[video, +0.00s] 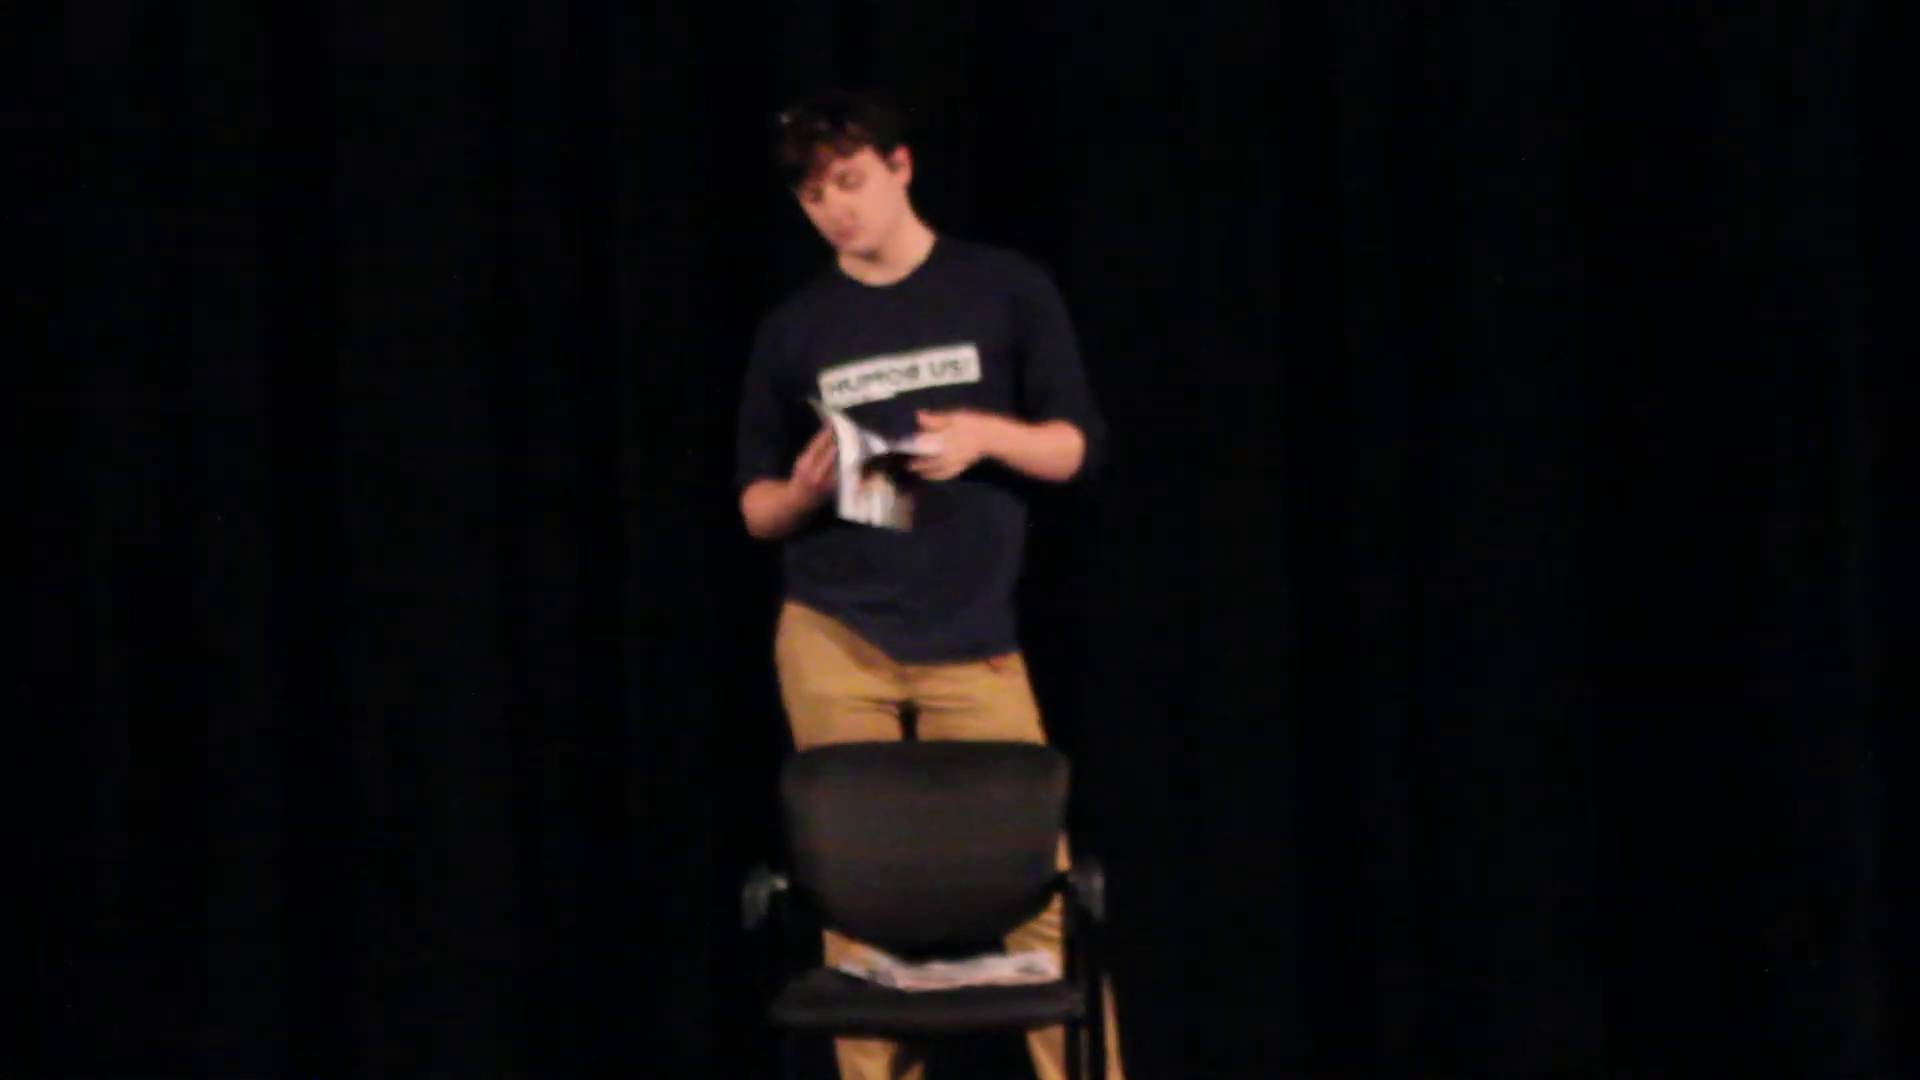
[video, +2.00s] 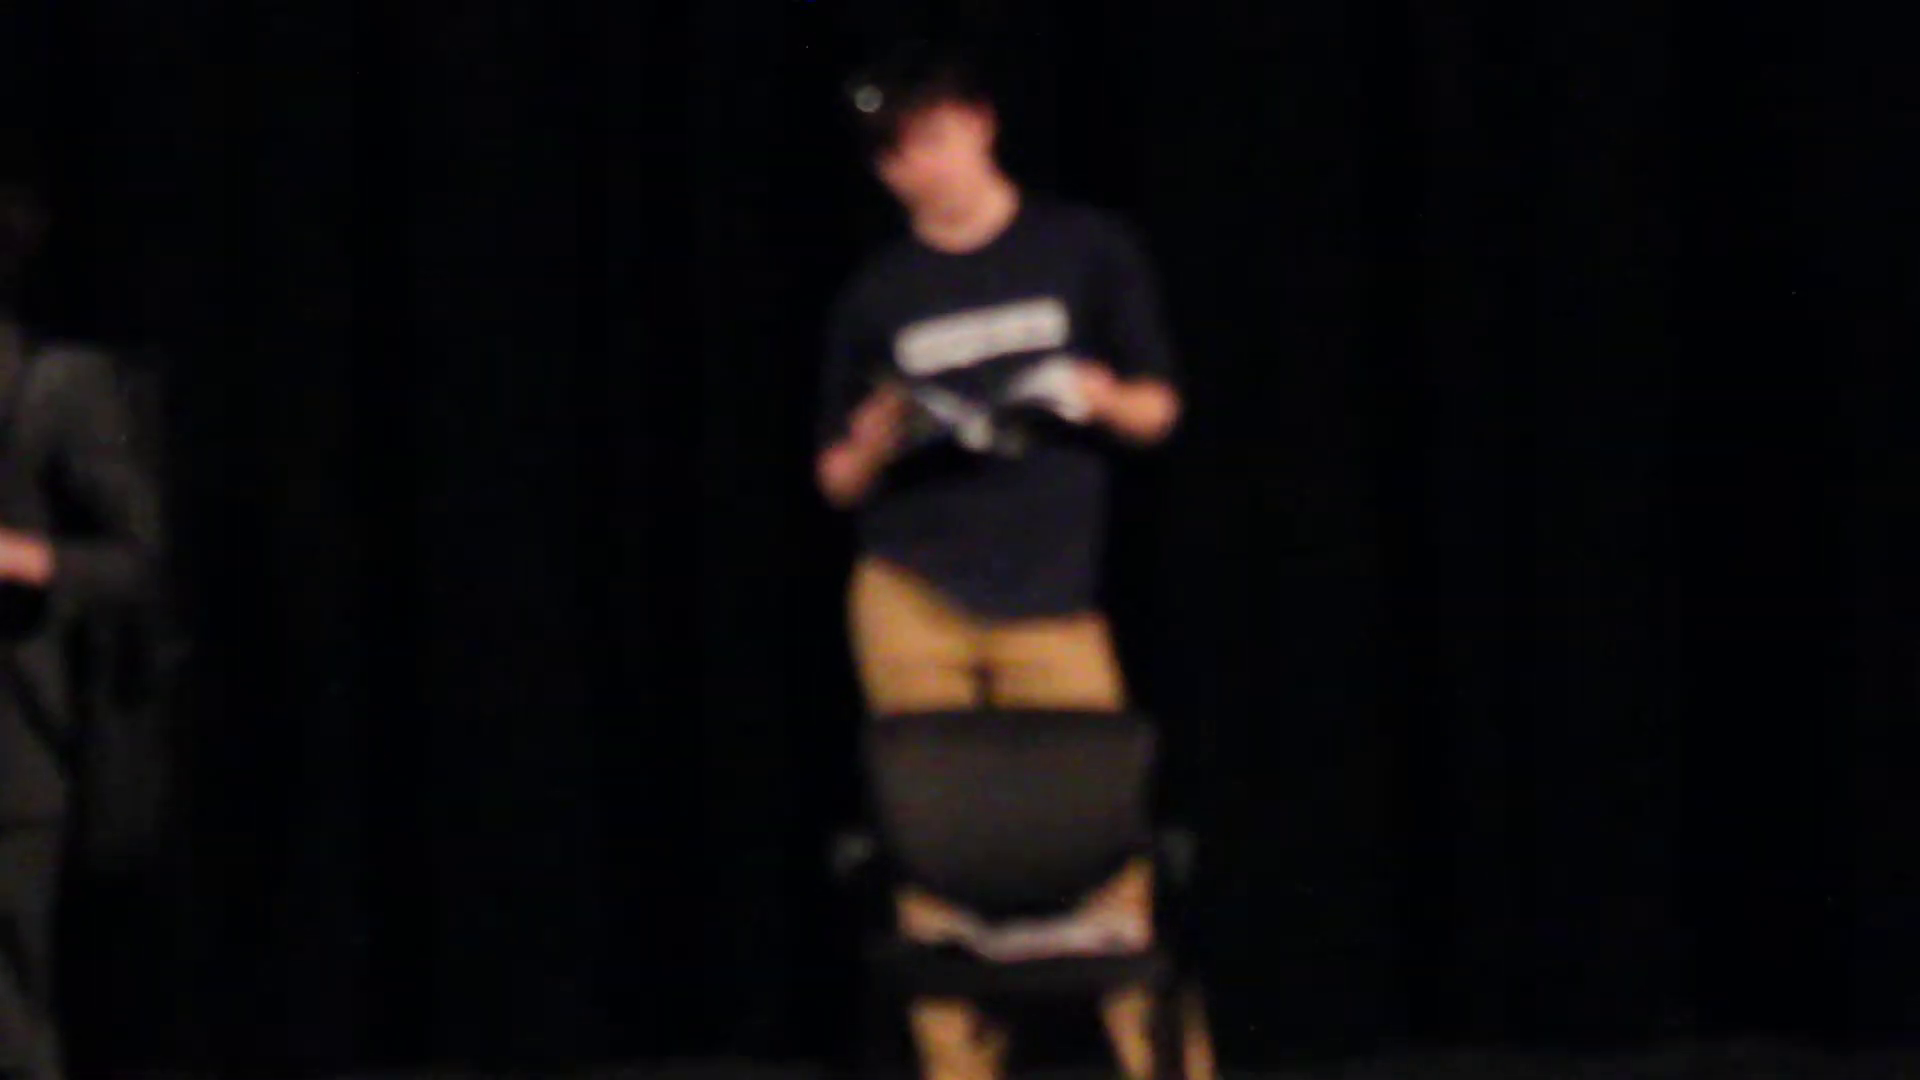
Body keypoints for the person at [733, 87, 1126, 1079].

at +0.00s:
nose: (834, 206)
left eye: (846, 179)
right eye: (815, 191)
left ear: (900, 166)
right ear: (802, 207)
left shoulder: (1007, 291)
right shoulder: (795, 328)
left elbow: (1074, 448)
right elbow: (755, 511)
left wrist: (986, 435)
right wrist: (803, 491)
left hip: (973, 637)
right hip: (832, 637)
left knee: (1031, 874)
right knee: (854, 884)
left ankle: (1083, 1074)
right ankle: (871, 1079)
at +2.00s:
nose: (909, 166)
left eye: (925, 138)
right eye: (894, 148)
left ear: (981, 125)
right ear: (880, 164)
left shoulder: (1086, 255)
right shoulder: (878, 290)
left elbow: (1159, 412)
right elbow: (834, 480)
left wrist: (1100, 397)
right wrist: (877, 435)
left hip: (1053, 597)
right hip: (910, 593)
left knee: (1104, 847)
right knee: (930, 851)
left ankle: (1161, 1067)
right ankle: (955, 1069)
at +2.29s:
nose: (1061, 207)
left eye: (1073, 180)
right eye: (1038, 193)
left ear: (1118, 166)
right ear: (1021, 208)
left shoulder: (1226, 292)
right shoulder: (1016, 331)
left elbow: (1298, 445)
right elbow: (976, 516)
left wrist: (1237, 441)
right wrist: (1013, 489)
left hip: (1191, 634)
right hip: (1053, 635)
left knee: (1242, 871)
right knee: (1075, 878)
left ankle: (1291, 1068)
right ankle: (1091, 1075)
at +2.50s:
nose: (1148, 214)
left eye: (1162, 188)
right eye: (1124, 199)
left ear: (1201, 188)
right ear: (1100, 222)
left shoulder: (1294, 305)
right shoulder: (1082, 347)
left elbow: (1372, 455)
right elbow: (1038, 524)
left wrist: (1269, 476)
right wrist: (1107, 518)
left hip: (1266, 654)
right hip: (1127, 656)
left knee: (1317, 889)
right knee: (1156, 894)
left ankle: (1357, 1069)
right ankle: (1164, 1078)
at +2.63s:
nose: (1298, 217)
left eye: (1311, 193)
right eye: (1272, 201)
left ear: (1340, 200)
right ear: (1235, 223)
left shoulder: (1425, 318)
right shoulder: (1210, 353)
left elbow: (1496, 471)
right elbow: (1161, 529)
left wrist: (1389, 491)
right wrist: (1254, 522)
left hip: (1397, 662)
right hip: (1258, 664)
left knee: (1443, 894)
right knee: (1286, 902)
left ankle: (1477, 1072)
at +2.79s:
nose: (1415, 217)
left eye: (1429, 195)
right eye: (1389, 199)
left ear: (1448, 205)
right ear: (1340, 217)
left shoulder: (1515, 326)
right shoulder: (1299, 358)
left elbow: (1586, 478)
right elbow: (1251, 533)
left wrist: (1492, 531)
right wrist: (1356, 553)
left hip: (1492, 669)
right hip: (1351, 674)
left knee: (1534, 904)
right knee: (1376, 912)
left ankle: (1563, 1072)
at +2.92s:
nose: (1489, 217)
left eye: (1500, 198)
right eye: (1464, 198)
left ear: (1511, 206)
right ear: (1405, 211)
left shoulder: (1559, 331)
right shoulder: (1345, 356)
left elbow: (1609, 495)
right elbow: (1313, 534)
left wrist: (1572, 633)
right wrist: (1405, 640)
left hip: (1538, 661)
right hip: (1400, 669)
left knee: (1584, 902)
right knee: (1423, 917)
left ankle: (1633, 1070)